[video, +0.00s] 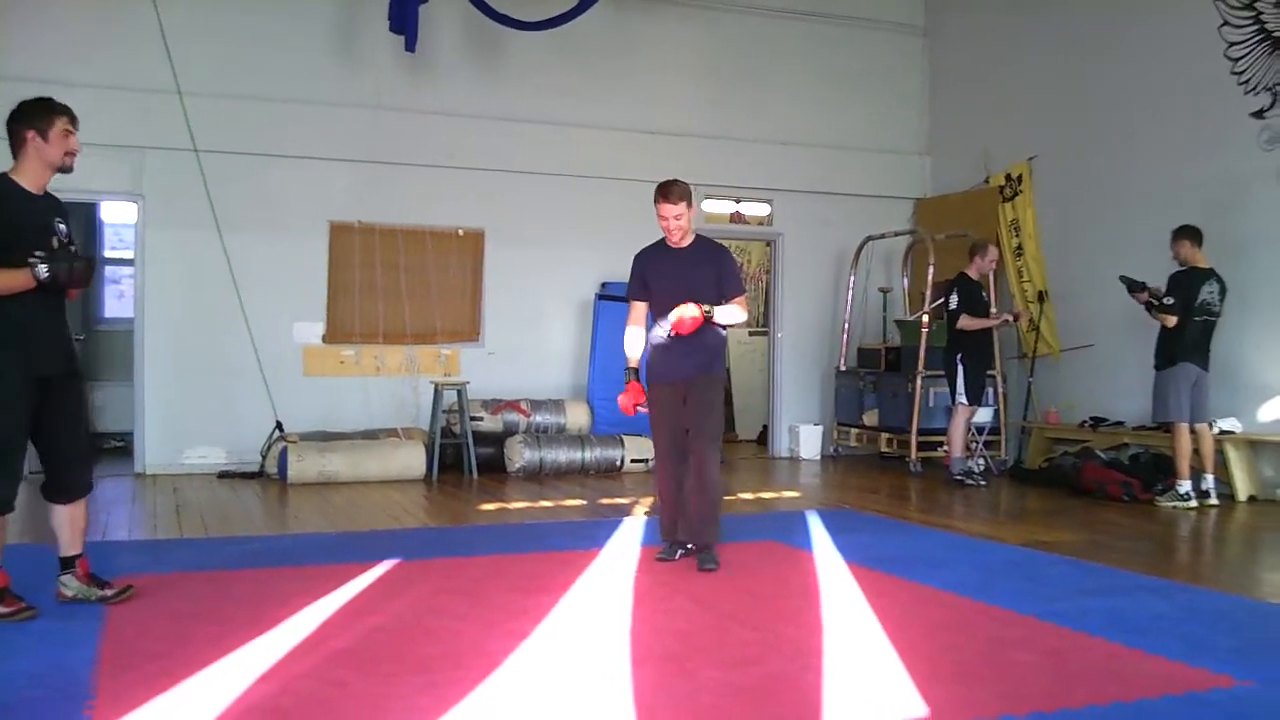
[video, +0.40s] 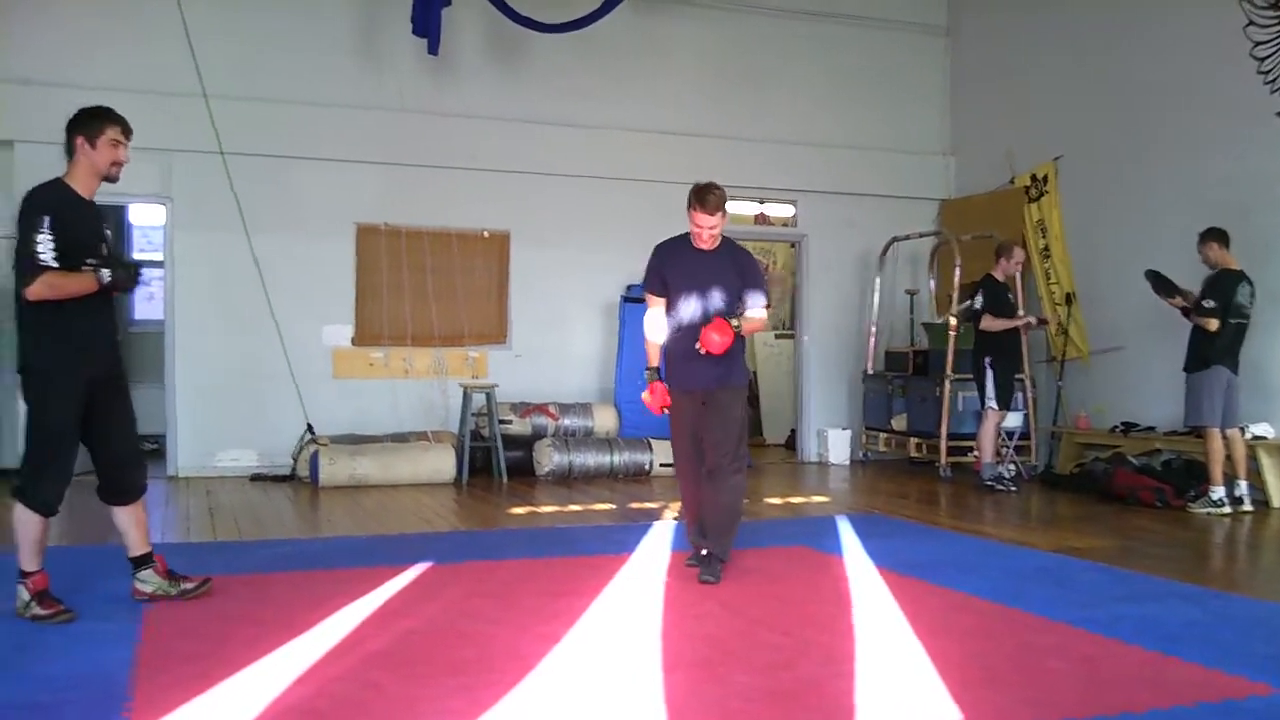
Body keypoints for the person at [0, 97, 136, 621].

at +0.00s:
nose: (76, 144)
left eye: (75, 134)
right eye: (67, 134)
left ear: (42, 141)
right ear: (32, 139)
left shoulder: (56, 209)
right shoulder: (2, 199)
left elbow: (70, 286)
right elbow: (0, 280)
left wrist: (76, 269)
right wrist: (41, 272)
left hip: (54, 360)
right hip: (9, 363)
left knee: (70, 462)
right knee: (6, 475)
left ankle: (74, 573)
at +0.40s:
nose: (123, 156)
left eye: (125, 148)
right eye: (116, 146)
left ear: (99, 150)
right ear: (83, 144)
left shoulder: (96, 215)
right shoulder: (43, 202)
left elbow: (88, 278)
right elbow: (36, 287)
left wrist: (117, 274)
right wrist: (104, 278)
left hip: (101, 364)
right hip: (53, 367)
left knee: (124, 466)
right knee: (45, 472)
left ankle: (147, 573)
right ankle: (31, 588)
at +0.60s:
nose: (177, 159)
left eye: (181, 151)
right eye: (168, 148)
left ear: (175, 158)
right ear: (138, 149)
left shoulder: (155, 219)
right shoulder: (103, 205)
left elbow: (150, 292)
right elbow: (94, 287)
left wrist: (178, 285)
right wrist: (160, 278)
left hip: (162, 365)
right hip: (115, 367)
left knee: (170, 465)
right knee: (95, 471)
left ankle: (177, 573)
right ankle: (63, 583)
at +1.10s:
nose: (228, 161)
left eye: (233, 154)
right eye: (220, 150)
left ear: (233, 163)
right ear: (193, 151)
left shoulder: (218, 224)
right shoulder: (147, 198)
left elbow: (229, 303)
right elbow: (120, 268)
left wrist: (224, 279)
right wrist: (188, 268)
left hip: (201, 357)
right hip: (153, 354)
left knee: (190, 464)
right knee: (159, 460)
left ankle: (171, 567)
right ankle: (118, 568)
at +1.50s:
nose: (226, 108)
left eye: (231, 100)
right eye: (218, 97)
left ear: (229, 104)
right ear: (188, 95)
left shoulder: (215, 166)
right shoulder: (146, 147)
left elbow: (229, 247)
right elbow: (126, 224)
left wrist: (231, 226)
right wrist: (196, 218)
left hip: (209, 306)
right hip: (164, 305)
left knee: (195, 409)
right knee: (179, 410)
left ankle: (161, 511)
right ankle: (187, 530)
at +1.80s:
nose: (256, 113)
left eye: (260, 104)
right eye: (249, 100)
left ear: (245, 105)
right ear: (216, 97)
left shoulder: (226, 164)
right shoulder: (182, 153)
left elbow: (216, 230)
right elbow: (178, 237)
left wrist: (246, 227)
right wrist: (242, 226)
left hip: (237, 311)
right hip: (199, 313)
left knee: (255, 417)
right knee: (207, 421)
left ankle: (200, 498)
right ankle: (210, 540)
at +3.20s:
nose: (291, 106)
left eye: (295, 98)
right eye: (282, 95)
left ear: (293, 104)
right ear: (253, 96)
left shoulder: (278, 162)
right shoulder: (221, 151)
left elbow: (284, 236)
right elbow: (216, 232)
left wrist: (305, 225)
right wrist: (280, 220)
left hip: (288, 309)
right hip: (247, 310)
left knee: (277, 414)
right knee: (243, 416)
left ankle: (265, 516)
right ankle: (238, 534)